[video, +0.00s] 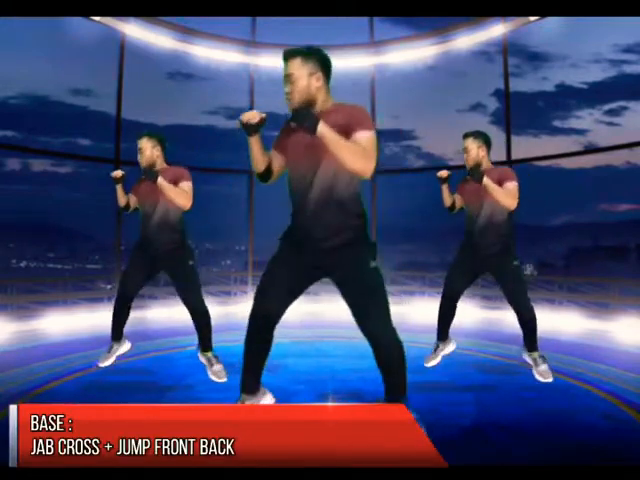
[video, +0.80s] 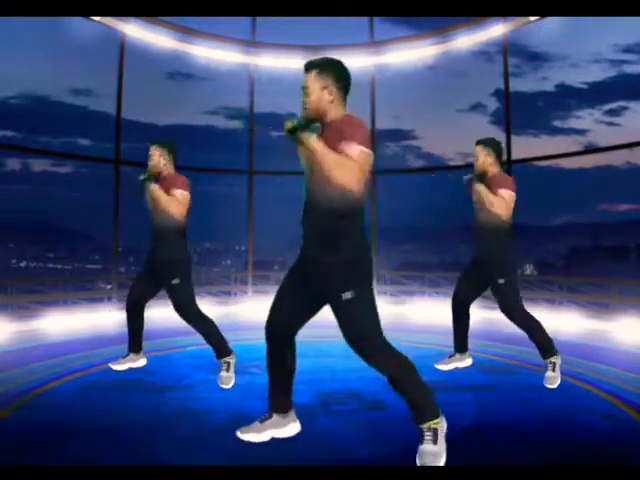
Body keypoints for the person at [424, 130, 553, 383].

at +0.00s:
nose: (465, 154)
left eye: (469, 149)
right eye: (464, 150)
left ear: (484, 151)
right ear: (466, 154)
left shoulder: (504, 174)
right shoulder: (466, 184)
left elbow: (511, 203)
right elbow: (451, 206)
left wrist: (484, 179)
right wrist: (444, 184)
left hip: (501, 251)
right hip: (472, 251)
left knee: (521, 304)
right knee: (450, 293)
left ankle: (532, 352)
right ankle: (443, 341)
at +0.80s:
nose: (476, 160)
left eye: (479, 156)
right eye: (475, 156)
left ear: (492, 157)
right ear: (484, 158)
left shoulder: (504, 181)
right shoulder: (483, 183)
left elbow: (504, 212)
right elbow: (486, 213)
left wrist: (479, 188)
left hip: (500, 258)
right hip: (484, 256)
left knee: (513, 310)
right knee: (460, 300)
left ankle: (552, 357)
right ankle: (461, 354)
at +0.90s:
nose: (479, 162)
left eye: (482, 158)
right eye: (479, 158)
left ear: (491, 158)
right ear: (495, 159)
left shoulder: (494, 179)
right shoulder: (496, 180)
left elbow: (458, 186)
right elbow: (459, 186)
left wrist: (437, 176)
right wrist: (439, 177)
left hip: (499, 259)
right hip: (487, 258)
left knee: (509, 313)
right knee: (460, 300)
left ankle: (550, 358)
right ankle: (460, 353)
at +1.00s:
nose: (480, 162)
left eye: (482, 157)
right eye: (480, 158)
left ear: (492, 156)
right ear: (497, 157)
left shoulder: (496, 176)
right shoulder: (501, 179)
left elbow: (458, 182)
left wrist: (433, 173)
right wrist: (441, 176)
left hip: (499, 258)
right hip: (489, 256)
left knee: (513, 313)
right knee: (464, 300)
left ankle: (548, 359)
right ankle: (461, 354)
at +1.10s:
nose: (480, 164)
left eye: (483, 159)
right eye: (479, 160)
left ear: (495, 158)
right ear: (486, 161)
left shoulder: (511, 178)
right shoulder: (490, 183)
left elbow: (500, 196)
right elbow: (480, 208)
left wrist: (480, 182)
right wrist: (476, 190)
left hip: (510, 259)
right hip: (489, 259)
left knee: (521, 312)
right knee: (469, 302)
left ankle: (546, 363)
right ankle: (461, 353)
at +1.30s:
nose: (487, 168)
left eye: (490, 162)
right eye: (485, 163)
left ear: (505, 160)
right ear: (487, 165)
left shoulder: (526, 181)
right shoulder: (492, 190)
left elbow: (532, 212)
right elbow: (478, 216)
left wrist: (508, 183)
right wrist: (470, 193)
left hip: (524, 261)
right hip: (498, 260)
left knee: (533, 316)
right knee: (473, 304)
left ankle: (548, 365)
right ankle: (462, 354)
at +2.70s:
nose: (493, 156)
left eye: (497, 151)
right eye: (491, 152)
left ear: (513, 153)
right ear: (491, 156)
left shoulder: (532, 178)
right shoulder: (485, 183)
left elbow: (539, 206)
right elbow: (458, 195)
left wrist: (512, 180)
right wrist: (444, 181)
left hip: (525, 263)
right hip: (493, 262)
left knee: (540, 321)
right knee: (466, 305)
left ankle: (549, 370)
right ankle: (464, 354)